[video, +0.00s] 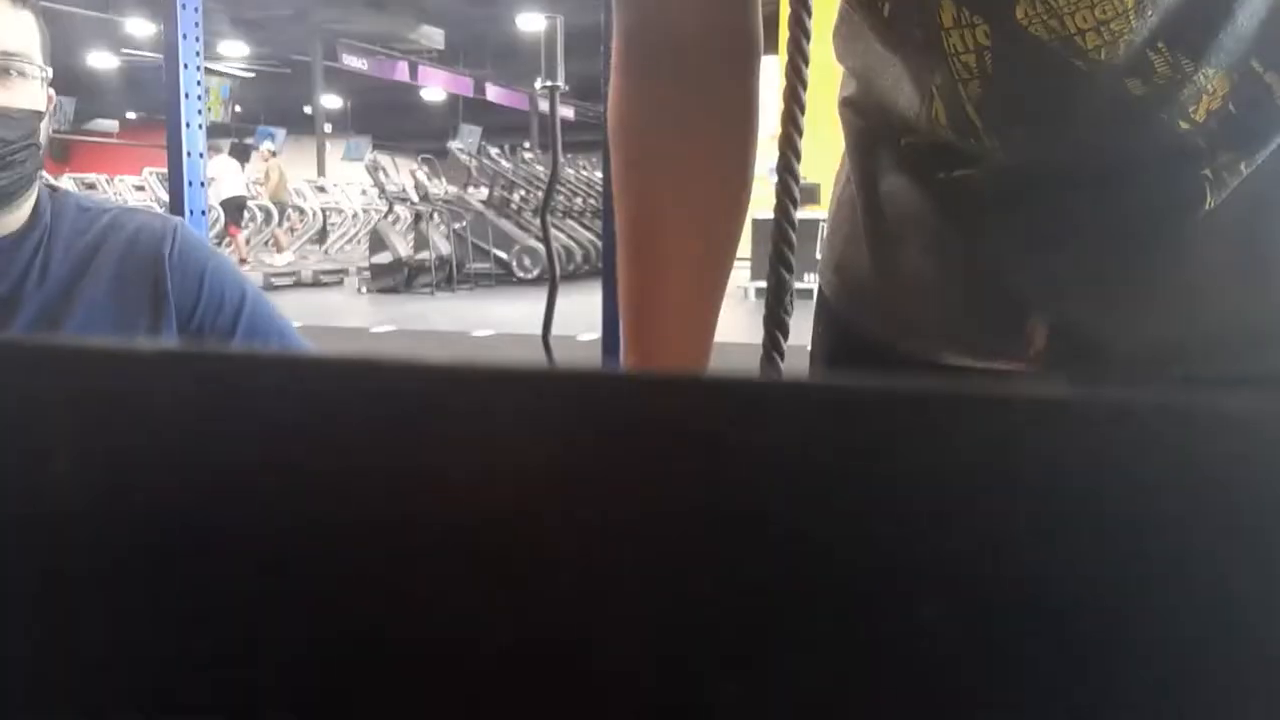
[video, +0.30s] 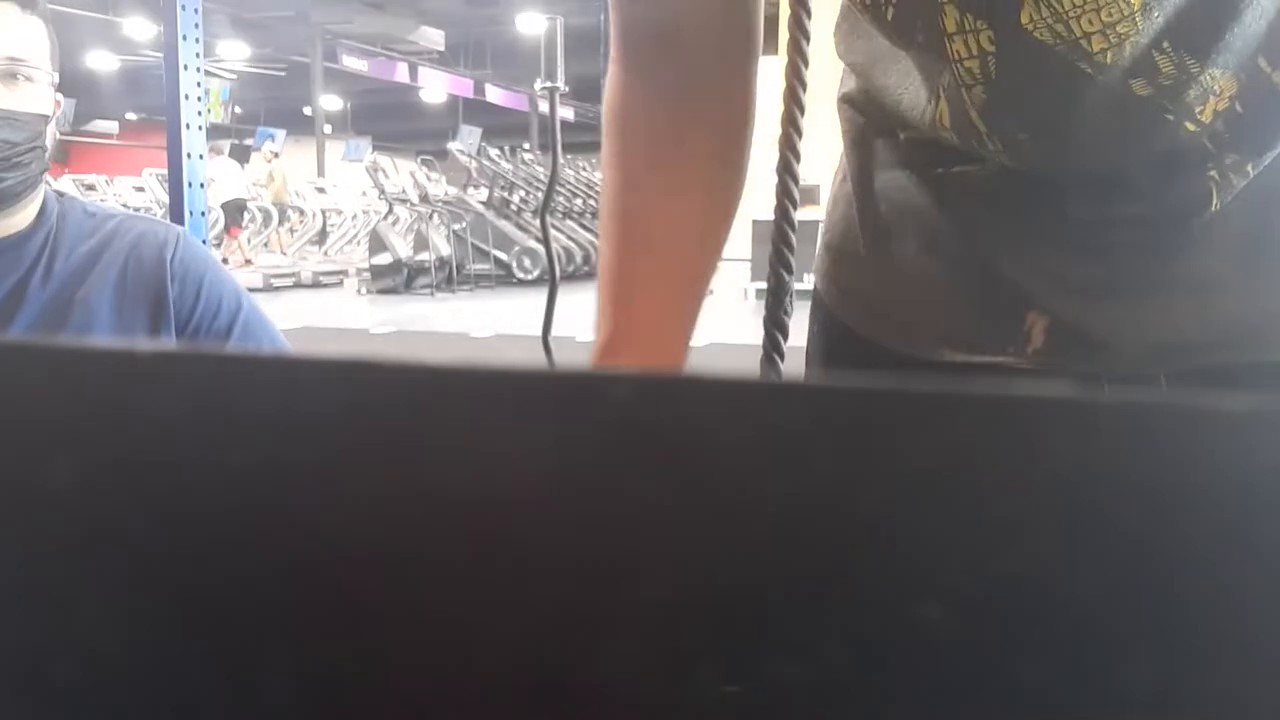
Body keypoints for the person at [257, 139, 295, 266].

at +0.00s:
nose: (261, 154)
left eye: (262, 152)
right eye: (260, 152)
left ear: (269, 152)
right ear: (270, 153)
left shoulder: (273, 164)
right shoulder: (273, 164)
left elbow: (274, 180)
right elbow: (268, 180)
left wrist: (267, 194)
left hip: (279, 200)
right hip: (279, 200)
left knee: (276, 227)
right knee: (276, 227)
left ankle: (286, 251)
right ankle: (279, 252)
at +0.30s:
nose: (264, 156)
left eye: (265, 153)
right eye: (263, 153)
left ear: (272, 153)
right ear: (272, 153)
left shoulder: (275, 166)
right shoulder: (277, 165)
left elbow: (277, 183)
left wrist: (269, 197)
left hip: (276, 201)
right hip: (282, 201)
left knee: (273, 228)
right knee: (280, 227)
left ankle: (276, 251)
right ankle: (284, 250)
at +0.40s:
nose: (263, 156)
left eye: (265, 153)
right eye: (263, 153)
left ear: (271, 153)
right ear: (269, 153)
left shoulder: (276, 167)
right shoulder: (273, 167)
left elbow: (279, 185)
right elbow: (272, 184)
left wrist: (274, 200)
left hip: (280, 203)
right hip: (278, 202)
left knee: (281, 227)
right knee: (280, 227)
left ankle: (286, 250)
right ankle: (284, 249)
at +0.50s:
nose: (263, 156)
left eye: (265, 153)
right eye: (262, 153)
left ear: (271, 153)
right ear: (268, 154)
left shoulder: (276, 167)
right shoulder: (272, 167)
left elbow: (279, 185)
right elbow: (272, 185)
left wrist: (276, 202)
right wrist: (269, 199)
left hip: (280, 203)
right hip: (277, 202)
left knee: (281, 227)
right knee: (280, 227)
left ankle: (286, 249)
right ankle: (283, 248)